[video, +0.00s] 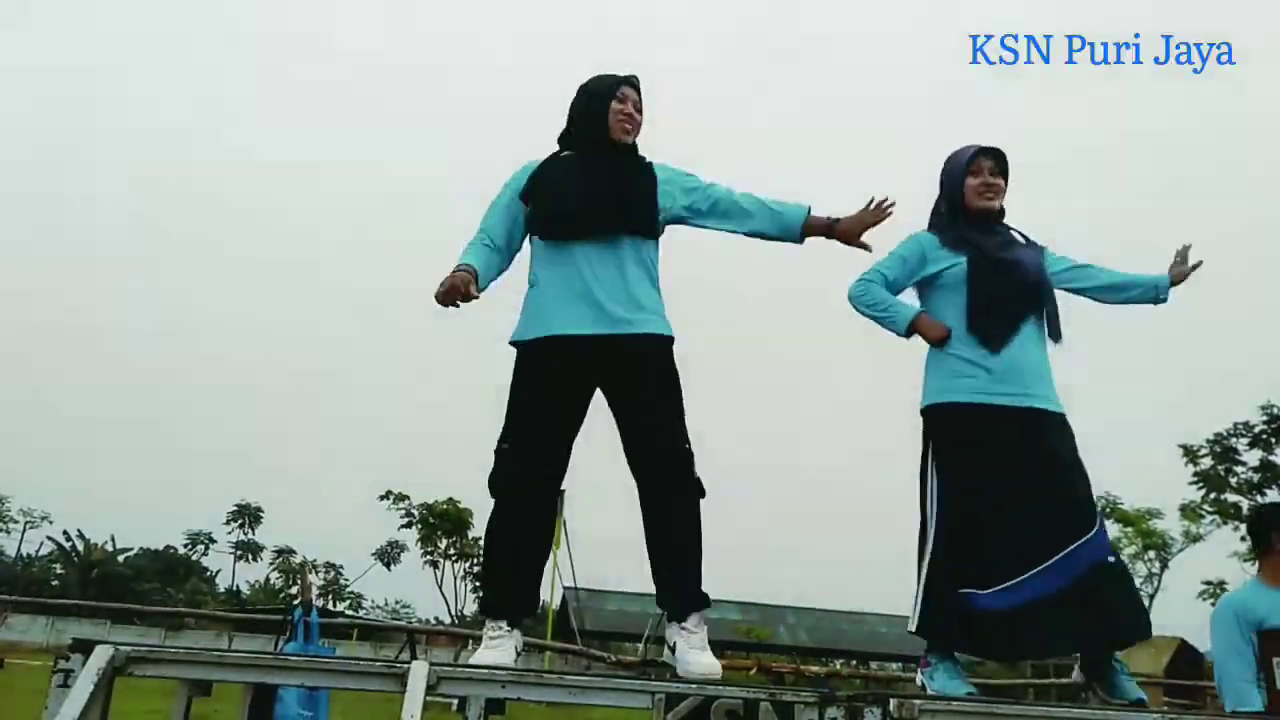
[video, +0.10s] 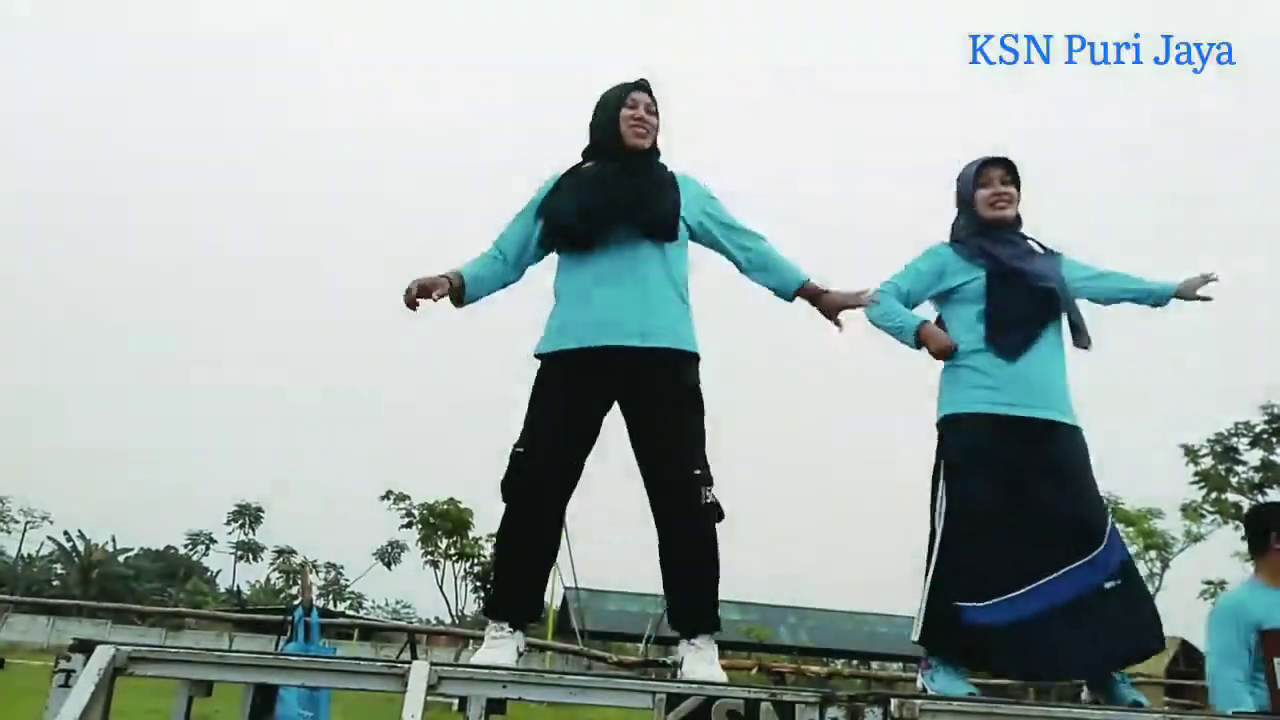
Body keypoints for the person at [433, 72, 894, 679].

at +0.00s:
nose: (631, 111)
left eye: (636, 106)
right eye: (620, 102)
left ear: (638, 124)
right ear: (588, 109)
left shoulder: (653, 179)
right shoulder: (537, 175)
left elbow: (733, 205)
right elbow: (497, 234)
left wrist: (829, 225)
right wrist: (468, 272)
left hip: (637, 338)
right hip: (552, 339)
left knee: (670, 480)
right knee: (524, 481)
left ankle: (686, 625)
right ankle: (502, 624)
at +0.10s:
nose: (644, 116)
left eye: (651, 112)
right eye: (632, 109)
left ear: (657, 127)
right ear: (606, 121)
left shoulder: (679, 187)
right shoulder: (566, 186)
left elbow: (743, 243)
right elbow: (510, 252)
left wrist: (813, 291)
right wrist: (451, 284)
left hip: (662, 351)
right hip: (575, 351)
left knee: (684, 495)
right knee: (535, 487)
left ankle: (699, 639)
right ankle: (504, 628)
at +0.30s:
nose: (656, 118)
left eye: (667, 110)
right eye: (647, 111)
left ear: (688, 122)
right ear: (635, 124)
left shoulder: (719, 190)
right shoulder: (606, 185)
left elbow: (754, 257)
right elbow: (554, 243)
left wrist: (766, 299)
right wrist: (511, 248)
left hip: (696, 348)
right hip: (615, 342)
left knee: (703, 490)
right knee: (581, 448)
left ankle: (697, 638)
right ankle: (564, 603)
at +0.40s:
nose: (658, 123)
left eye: (670, 114)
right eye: (649, 115)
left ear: (693, 125)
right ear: (638, 128)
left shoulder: (719, 192)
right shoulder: (609, 183)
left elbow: (761, 257)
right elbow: (556, 240)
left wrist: (766, 294)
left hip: (701, 343)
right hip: (621, 337)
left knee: (701, 487)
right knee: (609, 447)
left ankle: (698, 638)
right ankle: (617, 604)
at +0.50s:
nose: (654, 137)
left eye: (665, 129)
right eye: (646, 130)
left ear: (690, 140)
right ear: (634, 143)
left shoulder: (719, 212)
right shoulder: (609, 192)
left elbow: (766, 270)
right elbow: (606, 227)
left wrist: (764, 301)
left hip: (704, 354)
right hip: (622, 354)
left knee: (712, 496)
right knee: (619, 480)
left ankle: (699, 640)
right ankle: (643, 634)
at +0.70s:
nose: (635, 123)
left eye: (646, 113)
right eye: (628, 116)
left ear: (674, 122)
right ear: (620, 128)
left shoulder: (709, 193)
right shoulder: (603, 186)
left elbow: (750, 258)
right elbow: (573, 185)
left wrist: (751, 291)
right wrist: (660, 184)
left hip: (688, 341)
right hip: (603, 334)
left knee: (693, 485)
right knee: (563, 443)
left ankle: (696, 635)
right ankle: (578, 601)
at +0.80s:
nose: (630, 116)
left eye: (641, 107)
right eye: (622, 110)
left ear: (666, 119)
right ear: (613, 126)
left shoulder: (694, 188)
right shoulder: (590, 181)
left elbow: (727, 259)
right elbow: (497, 197)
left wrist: (732, 293)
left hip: (673, 337)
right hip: (589, 330)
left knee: (685, 481)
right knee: (537, 449)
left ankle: (695, 635)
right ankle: (520, 605)